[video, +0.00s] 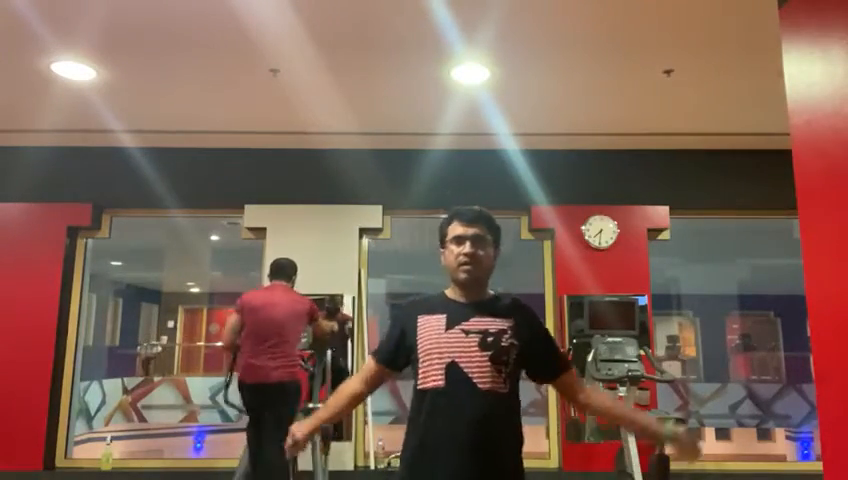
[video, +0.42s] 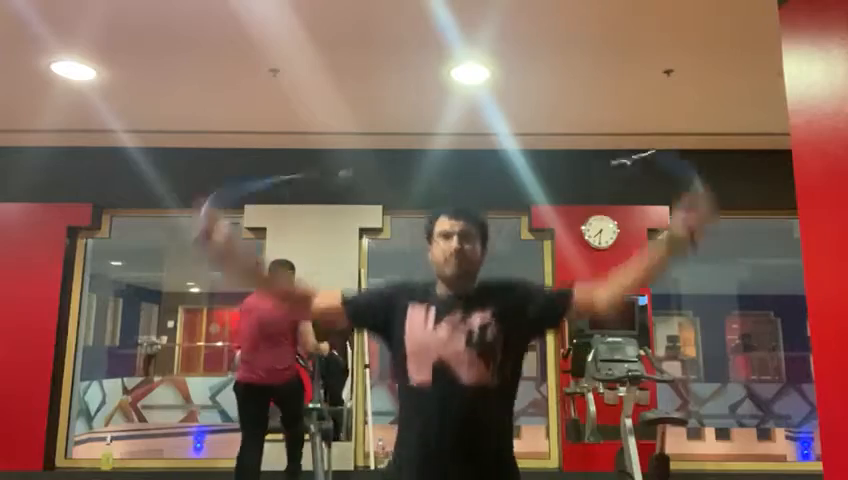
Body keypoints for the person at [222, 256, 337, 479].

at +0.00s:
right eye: (293, 278)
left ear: (269, 276)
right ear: (293, 278)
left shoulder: (247, 299)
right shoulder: (303, 303)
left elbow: (228, 340)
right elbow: (322, 330)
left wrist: (243, 348)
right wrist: (334, 325)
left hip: (251, 381)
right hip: (286, 382)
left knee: (256, 430)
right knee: (278, 439)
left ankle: (258, 473)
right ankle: (277, 475)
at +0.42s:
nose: (290, 282)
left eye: (287, 277)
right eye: (291, 277)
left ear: (268, 276)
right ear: (291, 277)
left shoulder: (250, 302)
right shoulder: (298, 302)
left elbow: (242, 341)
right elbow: (307, 345)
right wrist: (321, 348)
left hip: (250, 383)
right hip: (286, 381)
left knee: (251, 441)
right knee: (294, 427)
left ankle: (245, 475)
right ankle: (293, 469)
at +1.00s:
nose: (290, 279)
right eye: (290, 275)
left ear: (265, 274)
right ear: (290, 275)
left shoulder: (244, 297)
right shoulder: (299, 298)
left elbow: (227, 337)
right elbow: (320, 330)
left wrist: (243, 336)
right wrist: (331, 325)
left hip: (251, 375)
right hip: (287, 376)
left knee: (255, 440)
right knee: (289, 439)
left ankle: (254, 476)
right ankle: (285, 476)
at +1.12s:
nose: (290, 283)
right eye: (290, 280)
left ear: (264, 279)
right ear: (288, 281)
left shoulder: (245, 302)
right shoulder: (296, 305)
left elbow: (235, 335)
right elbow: (318, 343)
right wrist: (329, 332)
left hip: (247, 386)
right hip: (284, 385)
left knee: (249, 447)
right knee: (298, 422)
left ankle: (247, 476)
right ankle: (291, 471)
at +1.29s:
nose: (291, 282)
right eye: (292, 278)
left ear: (267, 277)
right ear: (292, 279)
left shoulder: (249, 301)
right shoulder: (299, 303)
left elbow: (245, 339)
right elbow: (310, 344)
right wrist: (320, 346)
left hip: (250, 380)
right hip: (285, 379)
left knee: (251, 437)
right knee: (296, 426)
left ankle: (251, 474)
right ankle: (295, 470)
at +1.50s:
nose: (294, 280)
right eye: (295, 276)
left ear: (270, 275)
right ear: (295, 277)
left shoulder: (251, 296)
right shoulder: (306, 302)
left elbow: (243, 330)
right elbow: (324, 340)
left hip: (254, 374)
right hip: (292, 375)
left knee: (255, 435)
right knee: (287, 440)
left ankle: (251, 476)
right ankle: (287, 476)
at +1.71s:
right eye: (293, 278)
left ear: (269, 278)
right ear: (293, 279)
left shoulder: (250, 300)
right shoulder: (303, 303)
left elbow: (231, 341)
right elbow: (322, 330)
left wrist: (233, 360)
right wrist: (334, 327)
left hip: (253, 383)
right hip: (289, 383)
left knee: (259, 433)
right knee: (286, 437)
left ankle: (258, 474)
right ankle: (286, 475)